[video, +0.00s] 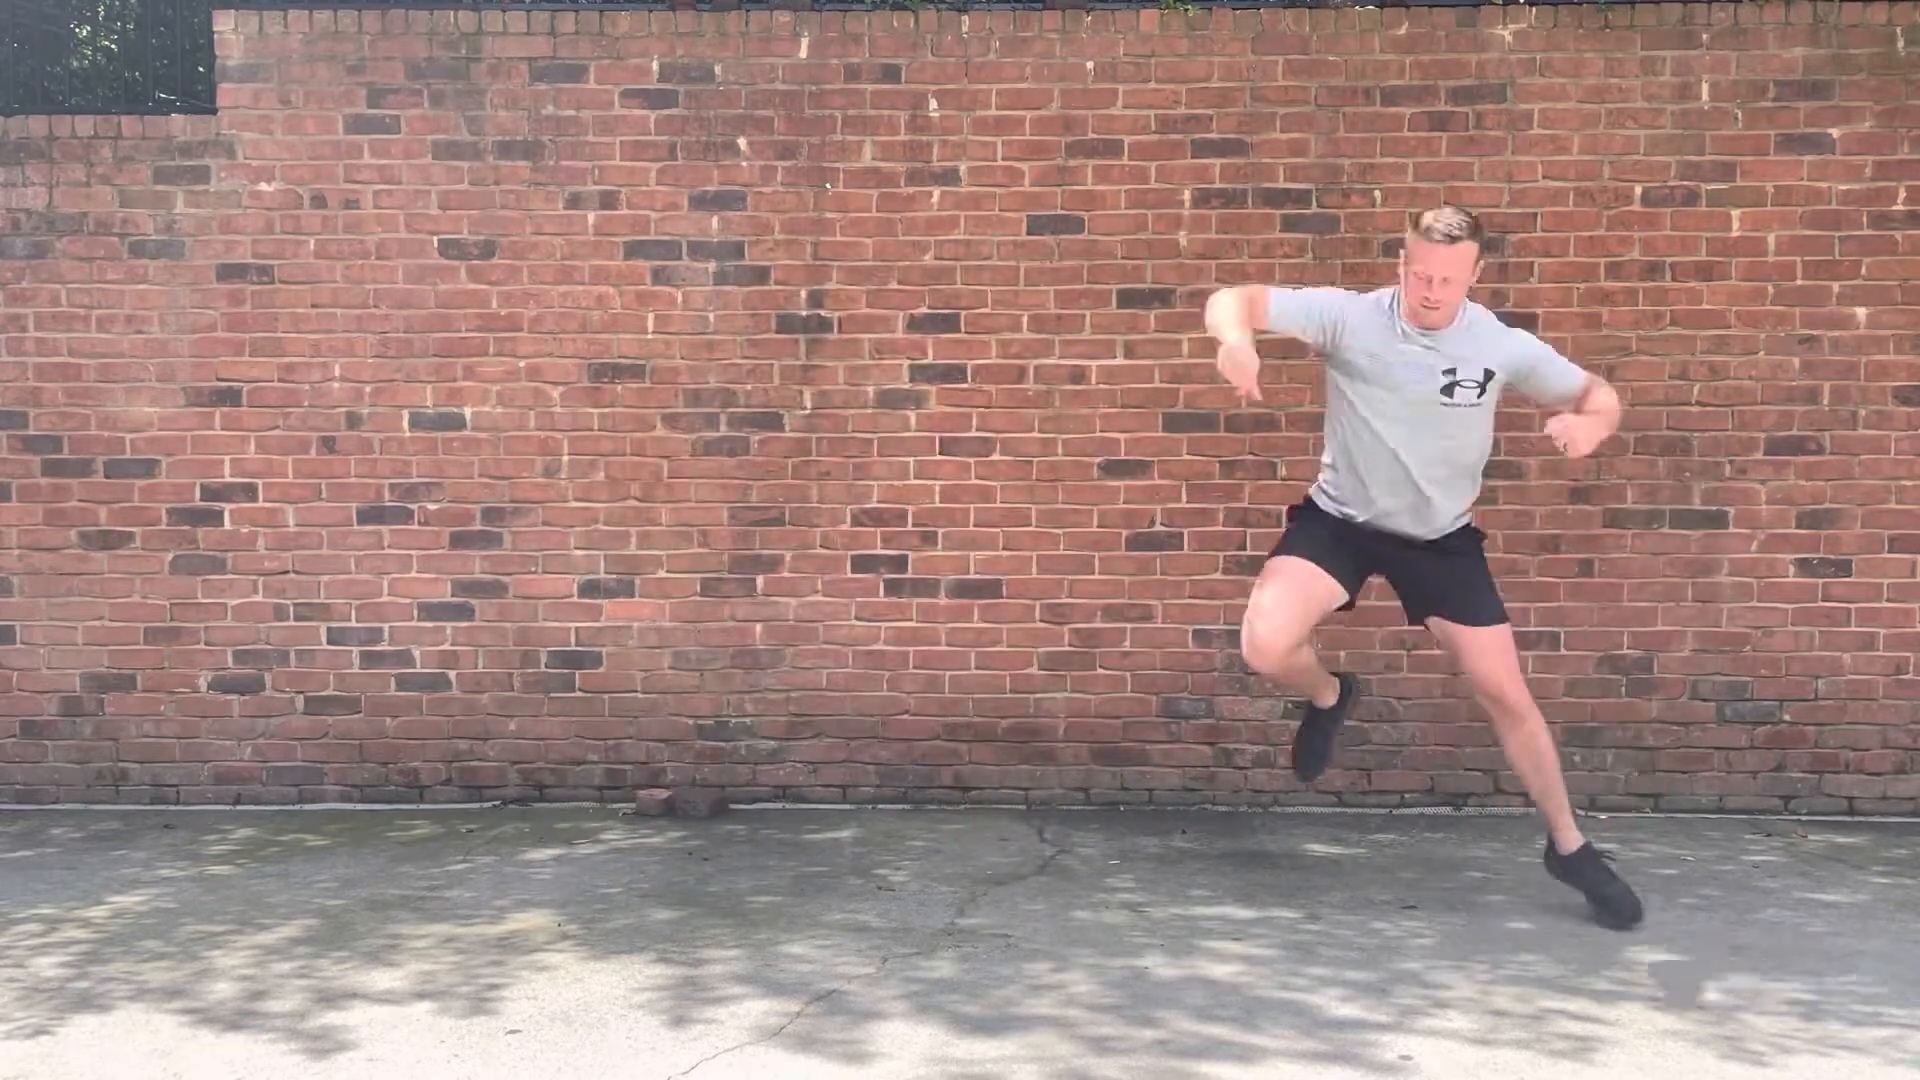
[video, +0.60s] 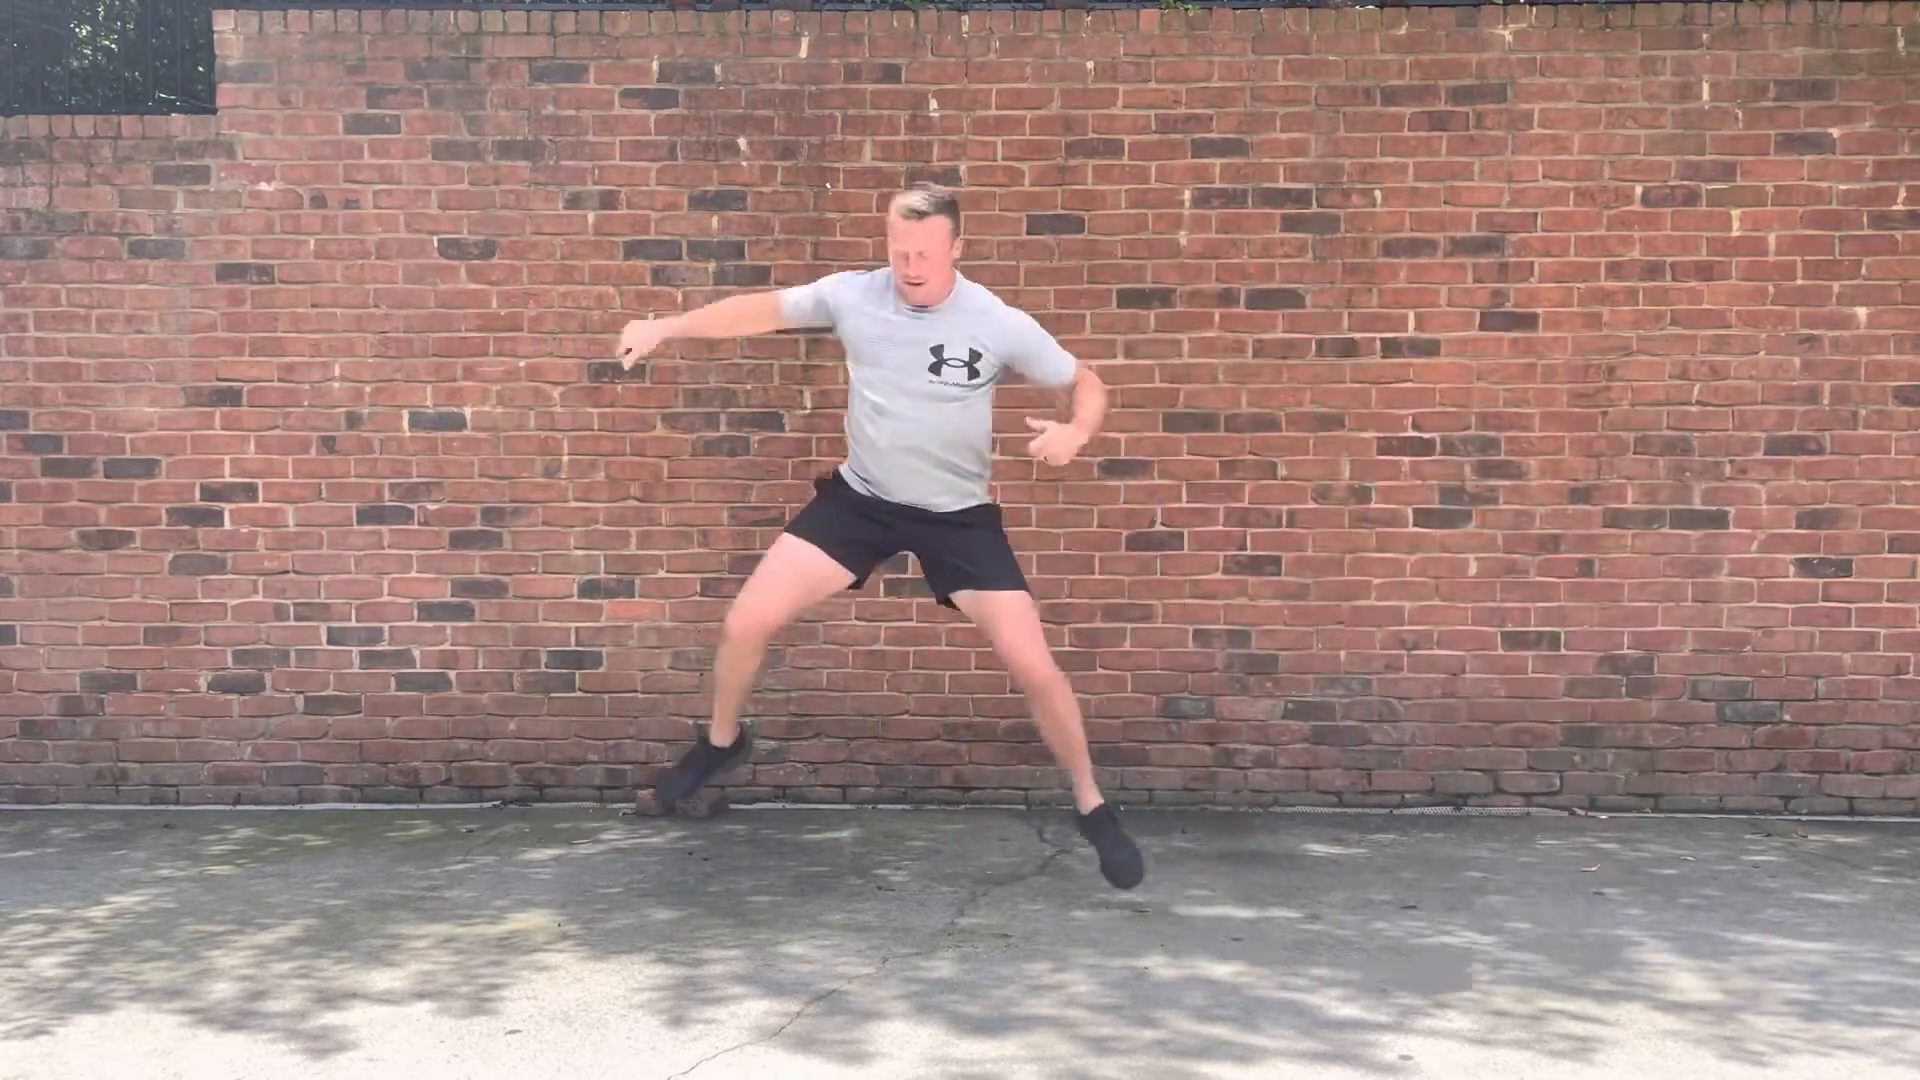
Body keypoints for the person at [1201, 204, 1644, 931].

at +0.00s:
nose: (1431, 293)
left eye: (1448, 281)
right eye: (1421, 276)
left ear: (1473, 277)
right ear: (1402, 263)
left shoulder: (1497, 343)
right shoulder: (1349, 315)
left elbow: (1598, 394)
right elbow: (1229, 301)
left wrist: (1591, 424)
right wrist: (1233, 341)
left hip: (1441, 538)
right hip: (1338, 520)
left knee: (1505, 691)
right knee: (1265, 646)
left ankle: (1569, 845)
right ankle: (1328, 694)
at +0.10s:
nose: (1364, 266)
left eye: (1381, 254)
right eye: (1354, 250)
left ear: (1405, 251)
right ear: (1335, 239)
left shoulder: (1429, 320)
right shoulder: (1276, 297)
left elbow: (1496, 391)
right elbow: (1172, 307)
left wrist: (1497, 451)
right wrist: (1113, 360)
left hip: (1369, 516)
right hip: (1271, 504)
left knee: (1401, 674)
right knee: (1231, 647)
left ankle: (1389, 839)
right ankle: (1294, 698)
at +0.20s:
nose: (1297, 287)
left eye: (1313, 275)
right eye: (1287, 271)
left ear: (1336, 268)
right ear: (1267, 254)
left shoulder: (1356, 344)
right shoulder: (1208, 315)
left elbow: (1392, 420)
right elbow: (1117, 366)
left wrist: (1387, 475)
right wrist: (1084, 442)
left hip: (1295, 532)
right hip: (1203, 523)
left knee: (1281, 696)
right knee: (1186, 681)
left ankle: (1250, 864)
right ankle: (1241, 732)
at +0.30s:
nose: (1220, 328)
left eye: (1236, 315)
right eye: (1210, 311)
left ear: (1266, 313)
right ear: (1194, 302)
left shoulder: (1284, 402)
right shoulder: (1141, 362)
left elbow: (1334, 486)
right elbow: (1076, 422)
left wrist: (1339, 525)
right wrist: (1072, 502)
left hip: (1218, 572)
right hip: (1125, 560)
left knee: (1213, 730)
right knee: (1074, 704)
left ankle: (1221, 879)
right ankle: (1152, 761)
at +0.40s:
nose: (1128, 327)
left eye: (1145, 314)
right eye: (1120, 309)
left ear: (1175, 311)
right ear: (1107, 298)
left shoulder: (1202, 399)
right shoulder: (1062, 353)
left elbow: (1274, 486)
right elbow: (978, 391)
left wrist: (1269, 500)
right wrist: (971, 400)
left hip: (1139, 570)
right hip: (1045, 554)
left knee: (1175, 720)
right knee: (953, 666)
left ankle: (1219, 877)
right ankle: (1030, 733)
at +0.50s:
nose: (1020, 283)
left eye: (1036, 271)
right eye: (1011, 268)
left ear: (1066, 268)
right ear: (997, 259)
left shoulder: (1097, 347)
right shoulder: (957, 304)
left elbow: (1184, 429)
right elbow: (871, 305)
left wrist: (1141, 435)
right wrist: (840, 310)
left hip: (1048, 535)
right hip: (952, 511)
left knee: (1118, 692)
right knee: (840, 615)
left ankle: (1192, 858)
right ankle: (885, 714)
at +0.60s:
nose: (909, 268)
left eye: (925, 255)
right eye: (899, 253)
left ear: (955, 249)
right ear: (886, 246)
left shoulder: (993, 322)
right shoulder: (852, 296)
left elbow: (1088, 385)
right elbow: (765, 310)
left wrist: (1077, 429)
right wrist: (666, 328)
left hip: (960, 515)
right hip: (859, 501)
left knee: (1033, 666)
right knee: (745, 620)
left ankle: (1092, 806)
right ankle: (720, 741)